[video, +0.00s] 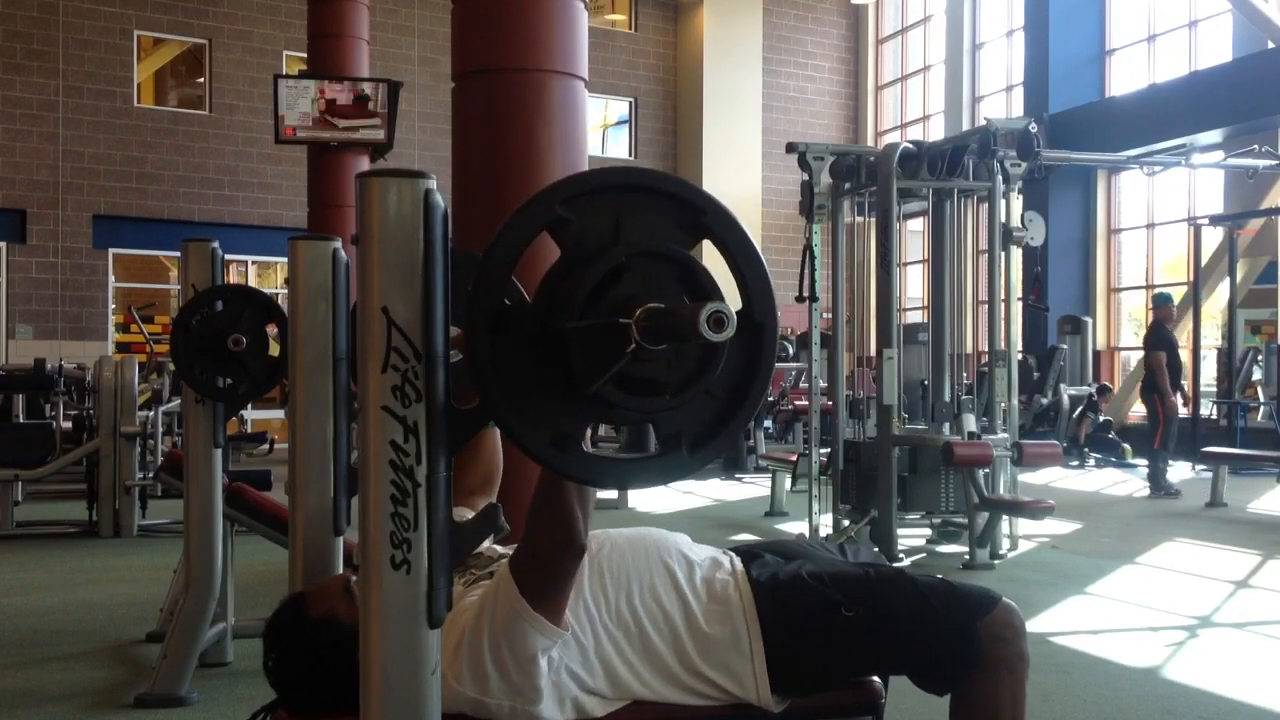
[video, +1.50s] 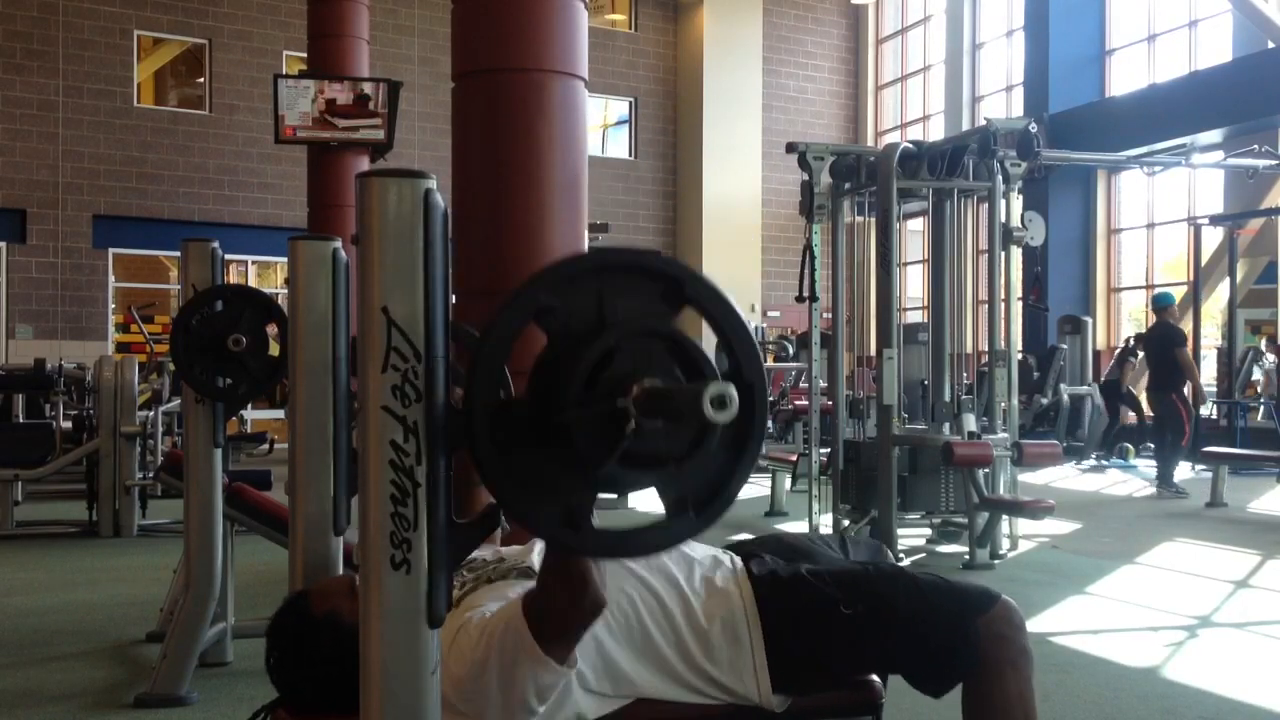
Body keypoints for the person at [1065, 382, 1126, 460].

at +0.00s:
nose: (1111, 399)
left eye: (1111, 396)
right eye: (1110, 396)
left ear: (1100, 394)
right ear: (1104, 395)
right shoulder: (1093, 406)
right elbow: (1083, 425)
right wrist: (1081, 445)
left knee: (1108, 422)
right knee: (1115, 444)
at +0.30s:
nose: (1113, 402)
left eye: (1113, 399)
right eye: (1112, 398)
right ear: (1107, 397)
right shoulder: (1097, 406)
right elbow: (1088, 427)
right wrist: (1089, 447)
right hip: (1079, 437)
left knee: (1107, 422)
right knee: (1114, 443)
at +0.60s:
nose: (1120, 402)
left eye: (1121, 399)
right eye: (1120, 399)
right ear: (1116, 396)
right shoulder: (1107, 403)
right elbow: (1102, 424)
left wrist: (1119, 442)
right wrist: (1110, 445)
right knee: (1127, 448)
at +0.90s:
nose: (1130, 385)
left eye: (1131, 382)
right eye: (1130, 382)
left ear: (1120, 379)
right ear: (1124, 381)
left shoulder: (1112, 383)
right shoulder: (1116, 387)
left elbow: (1110, 407)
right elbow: (1114, 407)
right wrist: (1118, 421)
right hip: (1083, 403)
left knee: (1110, 422)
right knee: (1104, 432)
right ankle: (1081, 451)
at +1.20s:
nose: (1140, 357)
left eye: (1140, 354)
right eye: (1139, 354)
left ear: (1131, 353)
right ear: (1132, 353)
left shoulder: (1121, 361)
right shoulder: (1123, 363)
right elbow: (1117, 381)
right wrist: (1126, 401)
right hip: (1097, 386)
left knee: (1113, 418)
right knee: (1115, 418)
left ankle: (1094, 438)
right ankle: (1099, 446)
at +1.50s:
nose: (1144, 348)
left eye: (1145, 344)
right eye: (1144, 344)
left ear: (1135, 340)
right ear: (1140, 342)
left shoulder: (1123, 349)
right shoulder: (1133, 352)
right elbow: (1126, 369)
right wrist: (1124, 388)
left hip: (1106, 383)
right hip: (1117, 383)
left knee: (1114, 418)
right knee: (1139, 410)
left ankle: (1103, 448)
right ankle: (1143, 443)